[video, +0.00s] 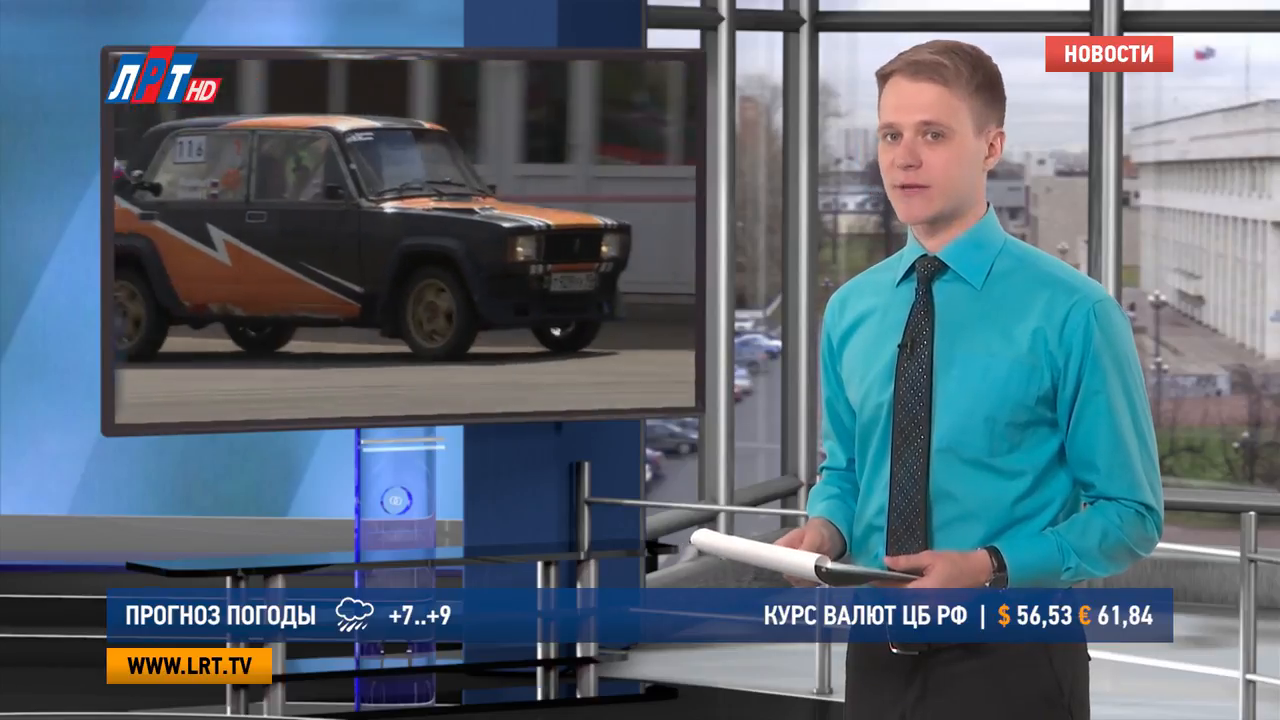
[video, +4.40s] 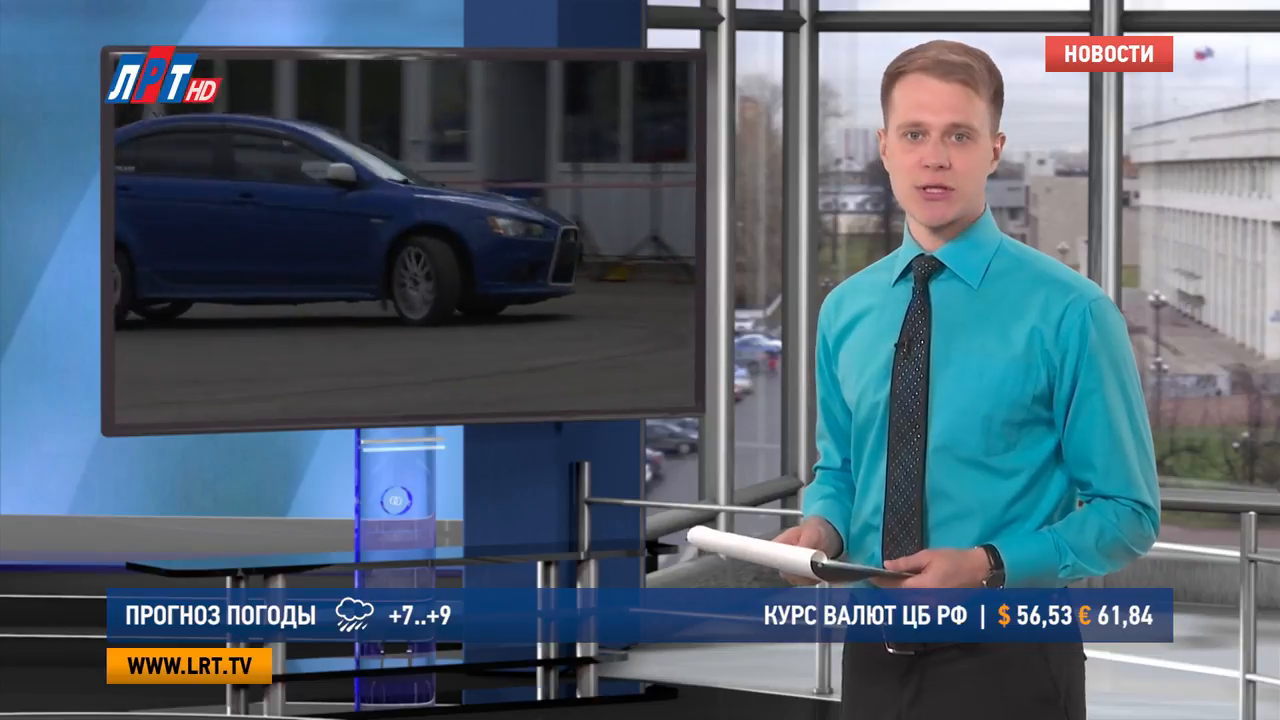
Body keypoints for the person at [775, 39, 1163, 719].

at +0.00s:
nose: (905, 158)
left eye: (933, 134)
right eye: (891, 135)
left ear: (991, 144)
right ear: (877, 145)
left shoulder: (1074, 312)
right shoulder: (850, 309)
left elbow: (1131, 512)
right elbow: (842, 470)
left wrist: (991, 566)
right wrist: (820, 533)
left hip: (1010, 659)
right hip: (877, 655)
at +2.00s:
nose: (932, 153)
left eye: (955, 132)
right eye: (911, 130)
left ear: (985, 149)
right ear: (874, 148)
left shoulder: (1062, 308)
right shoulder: (834, 311)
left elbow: (1127, 506)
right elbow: (831, 473)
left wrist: (987, 566)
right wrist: (812, 535)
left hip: (1005, 662)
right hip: (871, 660)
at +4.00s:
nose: (935, 161)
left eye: (959, 138)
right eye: (914, 137)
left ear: (994, 148)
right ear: (882, 148)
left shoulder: (1068, 310)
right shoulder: (844, 311)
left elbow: (1127, 510)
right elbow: (836, 472)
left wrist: (987, 564)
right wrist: (818, 531)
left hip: (1005, 663)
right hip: (871, 661)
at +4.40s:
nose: (934, 158)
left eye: (959, 136)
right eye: (914, 135)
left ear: (995, 150)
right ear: (884, 147)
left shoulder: (1070, 311)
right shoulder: (845, 309)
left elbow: (1128, 511)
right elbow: (836, 470)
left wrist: (989, 565)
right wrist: (820, 528)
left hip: (1006, 660)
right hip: (873, 658)